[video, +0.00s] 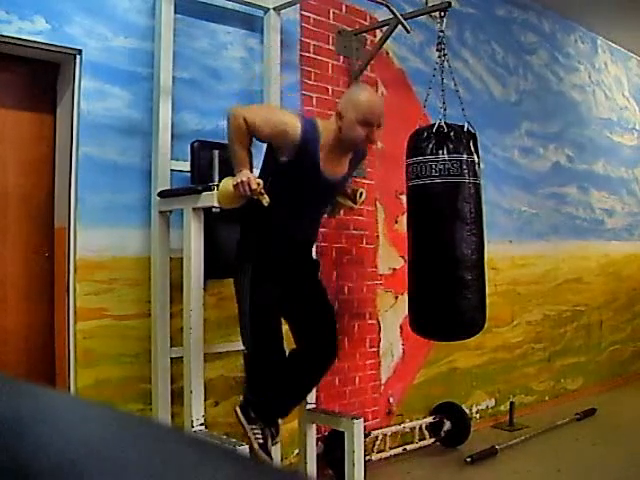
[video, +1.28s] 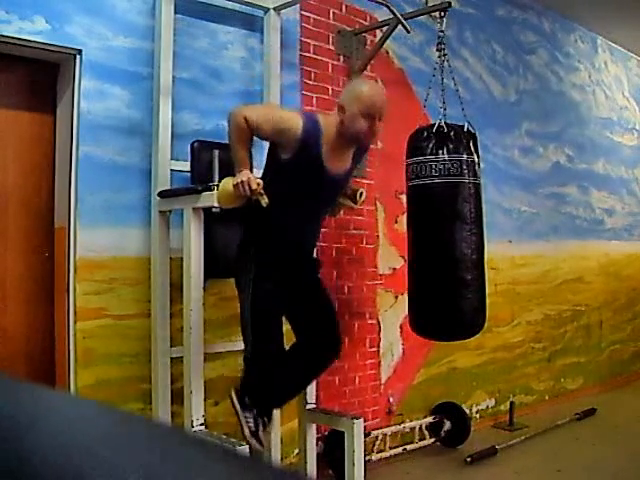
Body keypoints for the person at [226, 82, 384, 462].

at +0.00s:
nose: (373, 137)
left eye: (378, 127)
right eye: (366, 125)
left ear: (380, 124)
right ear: (340, 116)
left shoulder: (354, 153)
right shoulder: (297, 133)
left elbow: (322, 177)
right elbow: (240, 117)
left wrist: (339, 194)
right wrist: (243, 171)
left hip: (298, 259)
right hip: (259, 256)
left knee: (322, 345)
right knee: (264, 348)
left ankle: (259, 411)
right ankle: (265, 424)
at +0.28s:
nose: (372, 122)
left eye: (377, 113)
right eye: (365, 111)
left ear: (378, 112)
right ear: (339, 105)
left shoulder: (357, 143)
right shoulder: (299, 126)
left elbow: (311, 181)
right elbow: (237, 117)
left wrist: (337, 194)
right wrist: (244, 171)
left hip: (301, 255)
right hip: (262, 253)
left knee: (327, 341)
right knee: (269, 351)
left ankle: (258, 399)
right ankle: (263, 457)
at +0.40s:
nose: (364, 70)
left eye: (369, 61)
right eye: (357, 59)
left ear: (370, 62)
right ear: (333, 54)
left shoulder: (355, 101)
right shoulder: (291, 91)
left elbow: (319, 152)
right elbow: (234, 115)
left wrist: (339, 184)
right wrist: (243, 170)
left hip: (306, 224)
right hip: (267, 221)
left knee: (326, 316)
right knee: (265, 323)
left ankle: (251, 361)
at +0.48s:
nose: (364, 47)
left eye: (368, 39)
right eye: (357, 37)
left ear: (368, 42)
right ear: (331, 33)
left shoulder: (353, 80)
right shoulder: (289, 71)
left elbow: (337, 135)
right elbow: (238, 112)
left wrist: (341, 179)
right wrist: (243, 169)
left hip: (309, 208)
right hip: (269, 204)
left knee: (323, 301)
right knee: (262, 299)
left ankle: (247, 346)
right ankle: (248, 355)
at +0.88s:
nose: (366, 84)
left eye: (370, 76)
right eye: (359, 74)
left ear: (371, 75)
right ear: (335, 67)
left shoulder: (353, 111)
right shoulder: (291, 96)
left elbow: (338, 149)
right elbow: (234, 118)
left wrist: (341, 181)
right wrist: (243, 170)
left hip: (302, 230)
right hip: (262, 224)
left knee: (321, 318)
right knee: (259, 321)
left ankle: (248, 370)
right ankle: (250, 378)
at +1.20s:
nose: (375, 144)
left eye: (380, 135)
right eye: (368, 134)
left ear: (382, 134)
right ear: (342, 125)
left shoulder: (354, 160)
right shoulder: (300, 140)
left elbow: (312, 187)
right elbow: (244, 118)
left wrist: (340, 195)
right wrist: (243, 170)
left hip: (297, 266)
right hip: (258, 263)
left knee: (322, 350)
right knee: (264, 359)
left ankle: (254, 411)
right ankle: (261, 426)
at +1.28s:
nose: (375, 130)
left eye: (379, 120)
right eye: (368, 119)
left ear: (381, 118)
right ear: (341, 111)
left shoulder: (357, 150)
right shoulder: (301, 130)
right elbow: (240, 118)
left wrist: (341, 192)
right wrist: (243, 170)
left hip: (299, 257)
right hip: (261, 254)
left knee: (324, 342)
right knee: (265, 351)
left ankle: (253, 398)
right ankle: (262, 459)